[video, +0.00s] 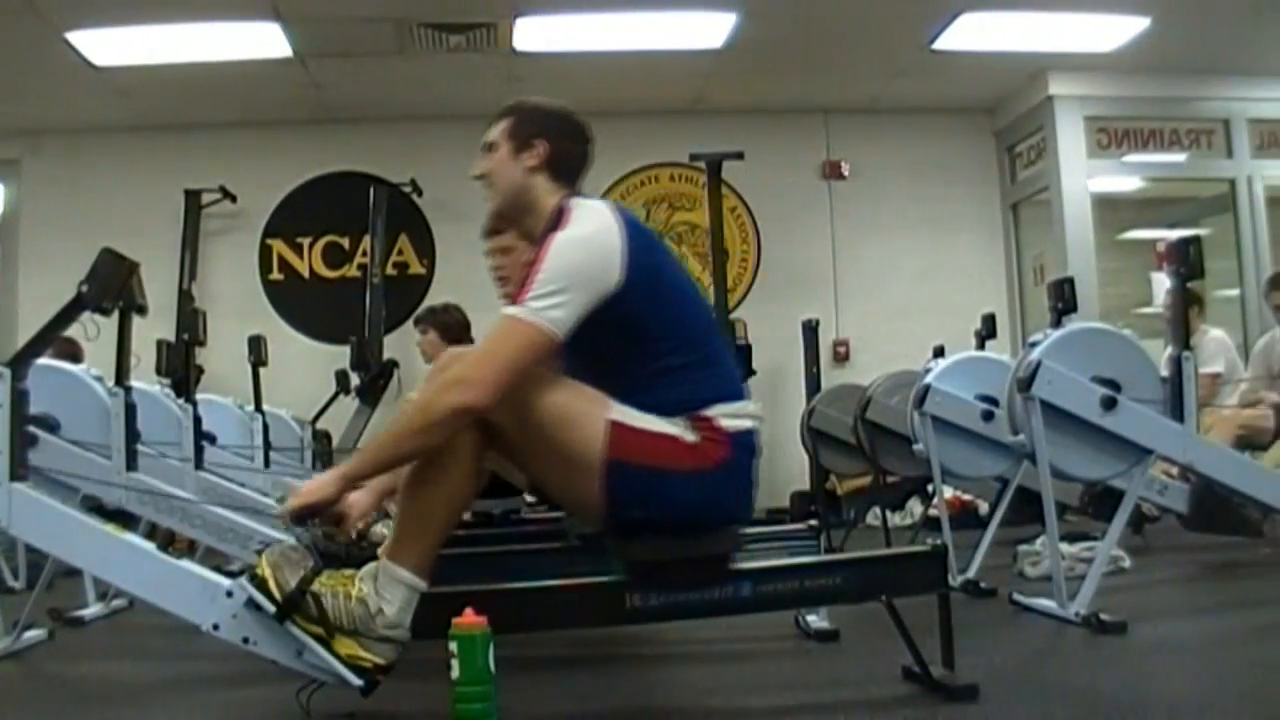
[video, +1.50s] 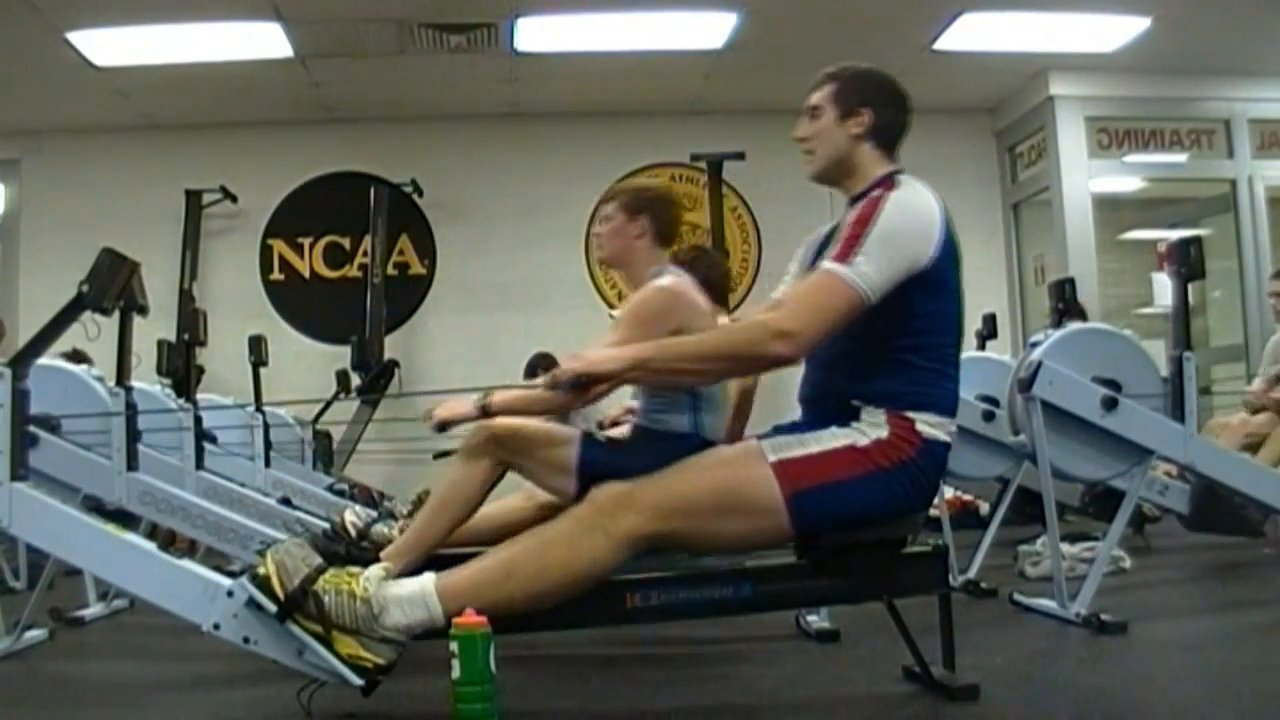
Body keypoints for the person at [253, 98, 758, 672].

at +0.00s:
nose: (479, 168)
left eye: (491, 151)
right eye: (482, 154)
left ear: (536, 157)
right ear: (535, 161)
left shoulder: (591, 234)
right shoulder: (570, 241)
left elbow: (469, 390)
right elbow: (477, 391)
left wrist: (341, 475)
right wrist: (373, 493)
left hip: (700, 462)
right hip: (670, 458)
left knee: (467, 382)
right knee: (465, 398)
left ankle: (385, 603)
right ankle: (384, 601)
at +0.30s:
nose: (393, 174)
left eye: (405, 156)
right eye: (397, 158)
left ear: (446, 163)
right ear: (451, 167)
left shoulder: (498, 242)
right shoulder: (493, 245)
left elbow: (364, 393)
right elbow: (391, 413)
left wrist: (232, 474)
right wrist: (280, 490)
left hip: (609, 471)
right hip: (596, 466)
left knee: (387, 356)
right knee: (402, 365)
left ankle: (382, 593)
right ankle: (385, 590)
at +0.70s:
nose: (452, 151)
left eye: (470, 136)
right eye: (459, 137)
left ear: (513, 148)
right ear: (510, 153)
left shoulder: (547, 229)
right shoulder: (510, 243)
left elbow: (396, 376)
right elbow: (397, 375)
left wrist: (257, 433)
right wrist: (279, 447)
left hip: (645, 469)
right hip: (609, 464)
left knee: (428, 358)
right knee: (416, 359)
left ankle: (386, 589)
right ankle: (378, 568)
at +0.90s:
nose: (543, 138)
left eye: (561, 123)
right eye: (550, 124)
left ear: (606, 140)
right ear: (598, 144)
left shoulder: (639, 225)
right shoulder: (603, 235)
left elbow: (502, 373)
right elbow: (500, 357)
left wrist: (345, 425)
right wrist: (369, 412)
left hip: (716, 458)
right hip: (674, 448)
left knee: (489, 362)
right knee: (474, 336)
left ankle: (391, 594)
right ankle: (389, 571)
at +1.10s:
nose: (636, 134)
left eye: (654, 117)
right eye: (641, 120)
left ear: (700, 131)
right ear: (690, 135)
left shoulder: (738, 219)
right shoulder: (702, 227)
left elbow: (594, 348)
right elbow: (591, 345)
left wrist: (441, 389)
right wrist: (446, 394)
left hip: (797, 448)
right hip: (754, 440)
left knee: (542, 414)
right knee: (527, 418)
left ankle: (388, 609)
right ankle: (386, 598)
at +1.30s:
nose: (724, 134)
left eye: (739, 117)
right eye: (730, 121)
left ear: (788, 126)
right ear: (784, 131)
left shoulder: (827, 211)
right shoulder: (790, 218)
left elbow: (688, 333)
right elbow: (680, 329)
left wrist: (530, 372)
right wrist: (541, 386)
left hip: (860, 446)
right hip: (822, 439)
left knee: (594, 457)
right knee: (583, 460)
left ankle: (396, 610)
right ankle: (390, 592)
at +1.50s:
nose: (799, 133)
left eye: (814, 117)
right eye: (802, 119)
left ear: (864, 125)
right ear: (846, 129)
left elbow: (783, 335)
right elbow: (753, 340)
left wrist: (621, 361)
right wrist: (619, 374)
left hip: (888, 444)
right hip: (837, 437)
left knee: (637, 507)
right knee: (617, 501)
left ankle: (400, 610)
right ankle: (398, 600)